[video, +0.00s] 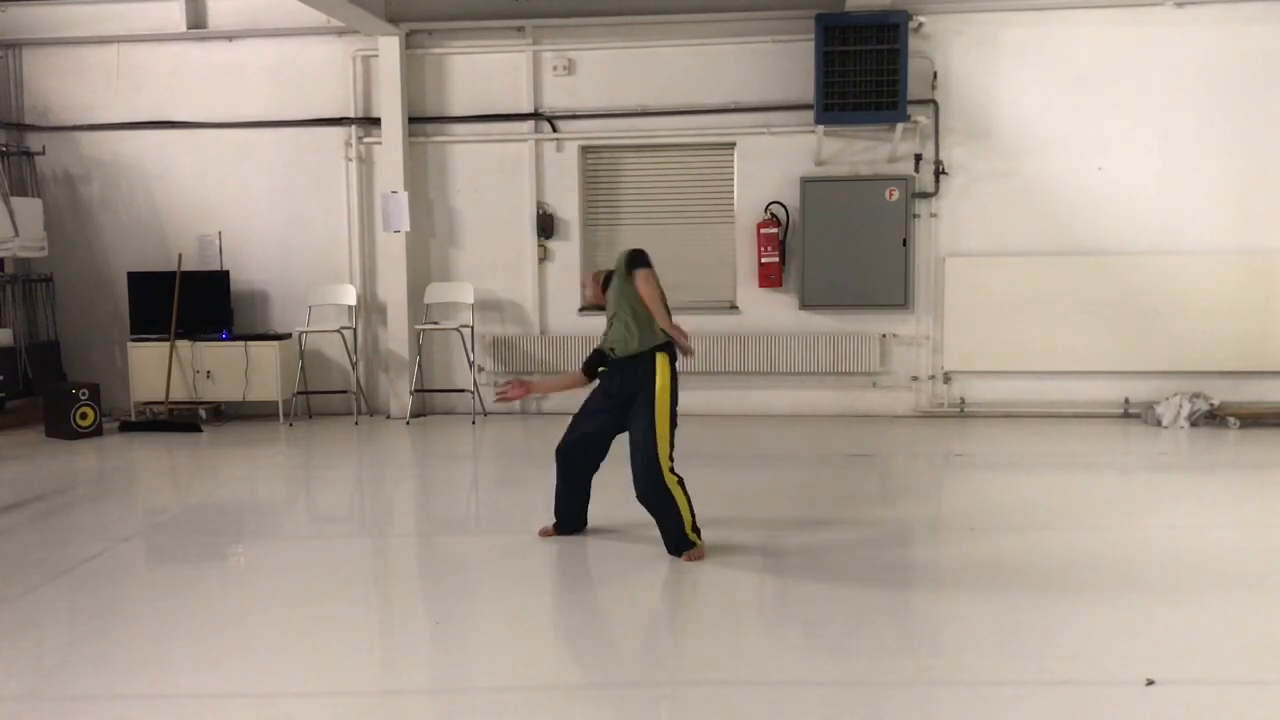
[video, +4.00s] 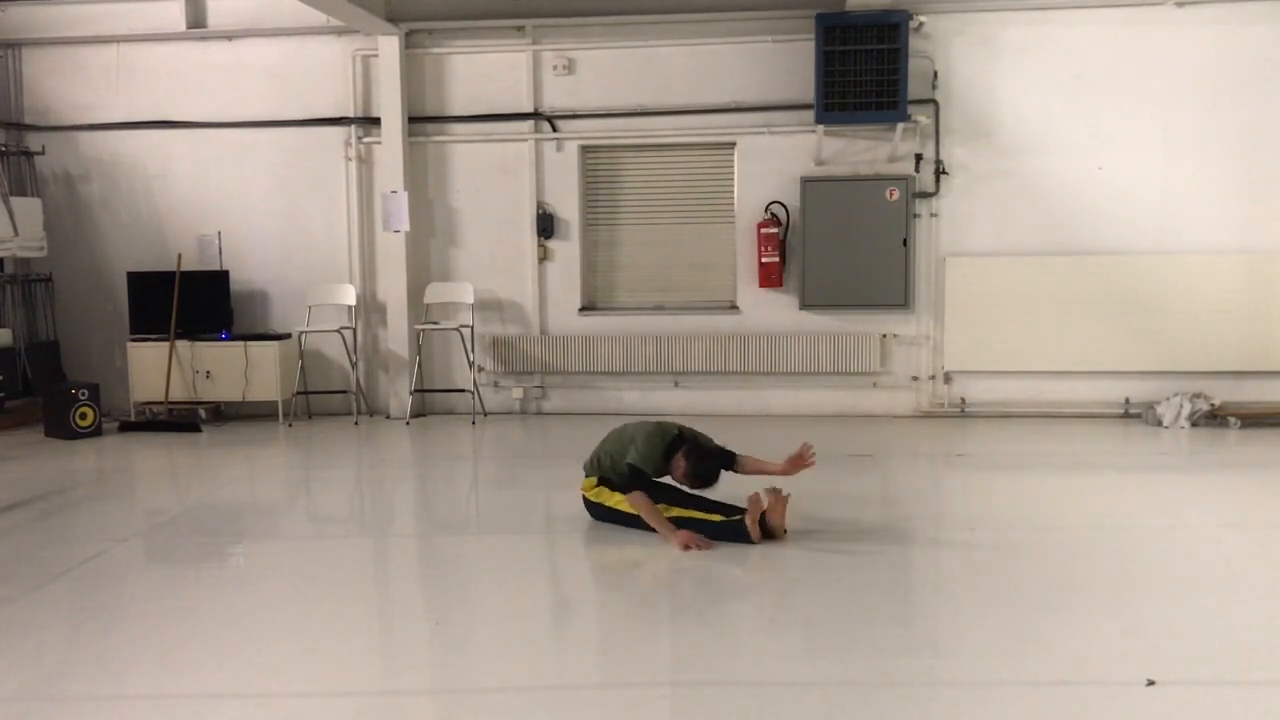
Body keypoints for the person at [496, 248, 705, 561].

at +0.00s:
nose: (584, 292)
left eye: (586, 285)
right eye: (583, 289)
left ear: (601, 278)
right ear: (601, 291)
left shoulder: (629, 262)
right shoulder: (612, 334)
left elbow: (648, 287)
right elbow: (582, 376)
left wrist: (667, 326)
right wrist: (530, 387)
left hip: (653, 367)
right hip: (617, 376)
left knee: (651, 465)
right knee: (572, 451)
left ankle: (688, 541)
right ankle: (570, 523)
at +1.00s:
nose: (771, 381)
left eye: (778, 378)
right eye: (775, 372)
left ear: (770, 367)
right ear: (763, 349)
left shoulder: (725, 384)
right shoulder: (727, 315)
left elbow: (736, 436)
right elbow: (736, 253)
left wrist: (756, 484)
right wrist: (753, 193)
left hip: (653, 387)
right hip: (617, 364)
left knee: (682, 451)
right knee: (570, 447)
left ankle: (669, 539)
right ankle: (566, 521)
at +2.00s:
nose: (727, 415)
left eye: (723, 414)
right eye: (728, 424)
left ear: (730, 401)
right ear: (741, 425)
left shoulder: (756, 372)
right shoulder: (781, 420)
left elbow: (722, 358)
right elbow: (802, 484)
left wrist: (693, 370)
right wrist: (815, 547)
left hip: (901, 376)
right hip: (879, 402)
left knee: (982, 331)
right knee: (960, 472)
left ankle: (1016, 417)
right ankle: (941, 560)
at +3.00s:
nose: (1010, 411)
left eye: (1012, 403)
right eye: (1009, 401)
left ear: (985, 392)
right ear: (988, 392)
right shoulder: (968, 409)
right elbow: (1025, 440)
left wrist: (853, 507)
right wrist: (1050, 466)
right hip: (910, 510)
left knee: (998, 451)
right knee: (980, 463)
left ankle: (999, 537)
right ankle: (947, 557)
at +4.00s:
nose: (681, 484)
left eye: (689, 485)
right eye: (684, 480)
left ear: (703, 457)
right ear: (681, 461)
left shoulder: (691, 440)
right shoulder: (647, 447)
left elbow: (733, 461)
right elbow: (635, 496)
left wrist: (780, 468)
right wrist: (674, 534)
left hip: (631, 481)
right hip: (599, 490)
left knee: (687, 501)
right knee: (672, 514)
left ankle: (763, 522)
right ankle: (747, 531)